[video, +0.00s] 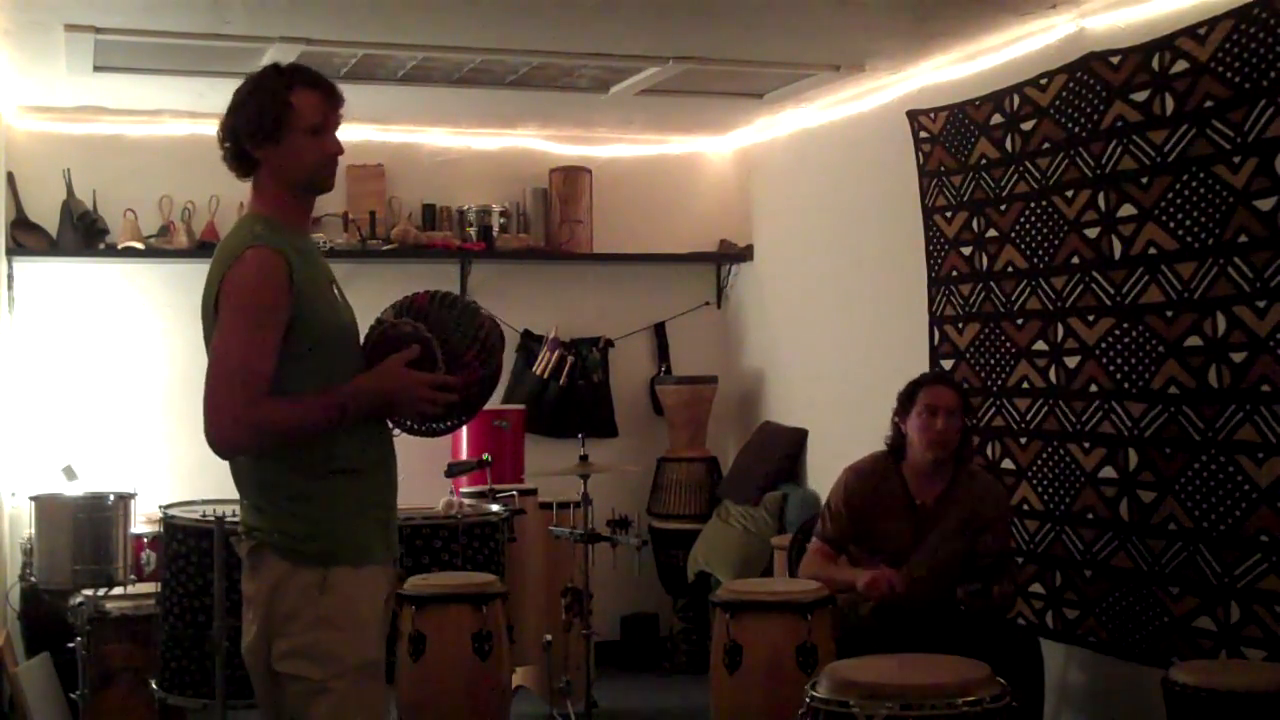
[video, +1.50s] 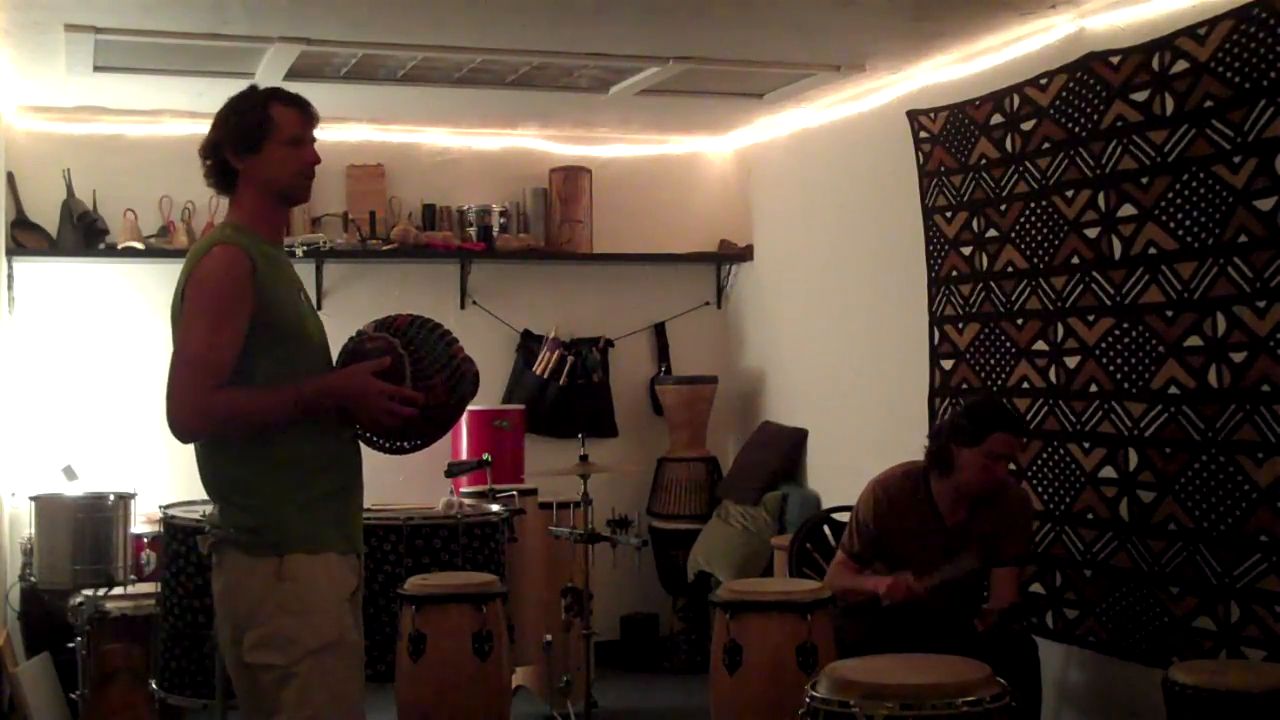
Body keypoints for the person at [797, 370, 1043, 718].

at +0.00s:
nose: (941, 425)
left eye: (952, 415)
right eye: (930, 413)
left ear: (962, 426)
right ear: (903, 421)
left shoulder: (985, 492)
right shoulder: (861, 481)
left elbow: (1002, 583)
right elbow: (811, 566)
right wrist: (858, 577)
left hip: (953, 622)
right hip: (873, 622)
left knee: (1019, 646)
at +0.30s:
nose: (961, 444)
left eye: (972, 432)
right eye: (949, 430)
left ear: (984, 441)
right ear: (922, 434)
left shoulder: (999, 499)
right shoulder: (878, 488)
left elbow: (1003, 589)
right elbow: (826, 570)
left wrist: (990, 613)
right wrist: (870, 579)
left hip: (959, 624)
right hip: (883, 621)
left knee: (1020, 647)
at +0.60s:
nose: (967, 454)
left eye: (979, 443)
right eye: (956, 440)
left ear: (994, 449)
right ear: (931, 440)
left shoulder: (1010, 502)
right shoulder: (885, 492)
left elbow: (1009, 593)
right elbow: (833, 575)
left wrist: (991, 614)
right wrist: (875, 585)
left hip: (968, 623)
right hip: (893, 620)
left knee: (1021, 648)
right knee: (850, 624)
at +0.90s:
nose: (975, 457)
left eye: (988, 448)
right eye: (966, 442)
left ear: (999, 453)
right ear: (940, 437)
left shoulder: (1011, 503)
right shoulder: (886, 491)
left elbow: (1007, 595)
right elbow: (832, 574)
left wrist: (987, 615)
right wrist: (872, 580)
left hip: (965, 626)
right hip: (890, 623)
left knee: (1020, 652)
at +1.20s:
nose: (982, 462)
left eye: (995, 454)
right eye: (973, 447)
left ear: (1003, 457)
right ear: (944, 438)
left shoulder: (1008, 503)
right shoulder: (888, 491)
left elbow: (1005, 595)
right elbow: (835, 577)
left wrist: (989, 615)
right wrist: (876, 580)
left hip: (962, 624)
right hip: (888, 618)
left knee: (1019, 651)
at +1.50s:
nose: (1002, 473)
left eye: (1007, 462)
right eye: (992, 459)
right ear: (956, 448)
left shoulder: (1010, 504)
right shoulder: (888, 492)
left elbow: (1005, 595)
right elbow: (835, 577)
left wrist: (992, 615)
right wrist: (877, 583)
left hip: (961, 620)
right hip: (887, 616)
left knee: (1018, 649)